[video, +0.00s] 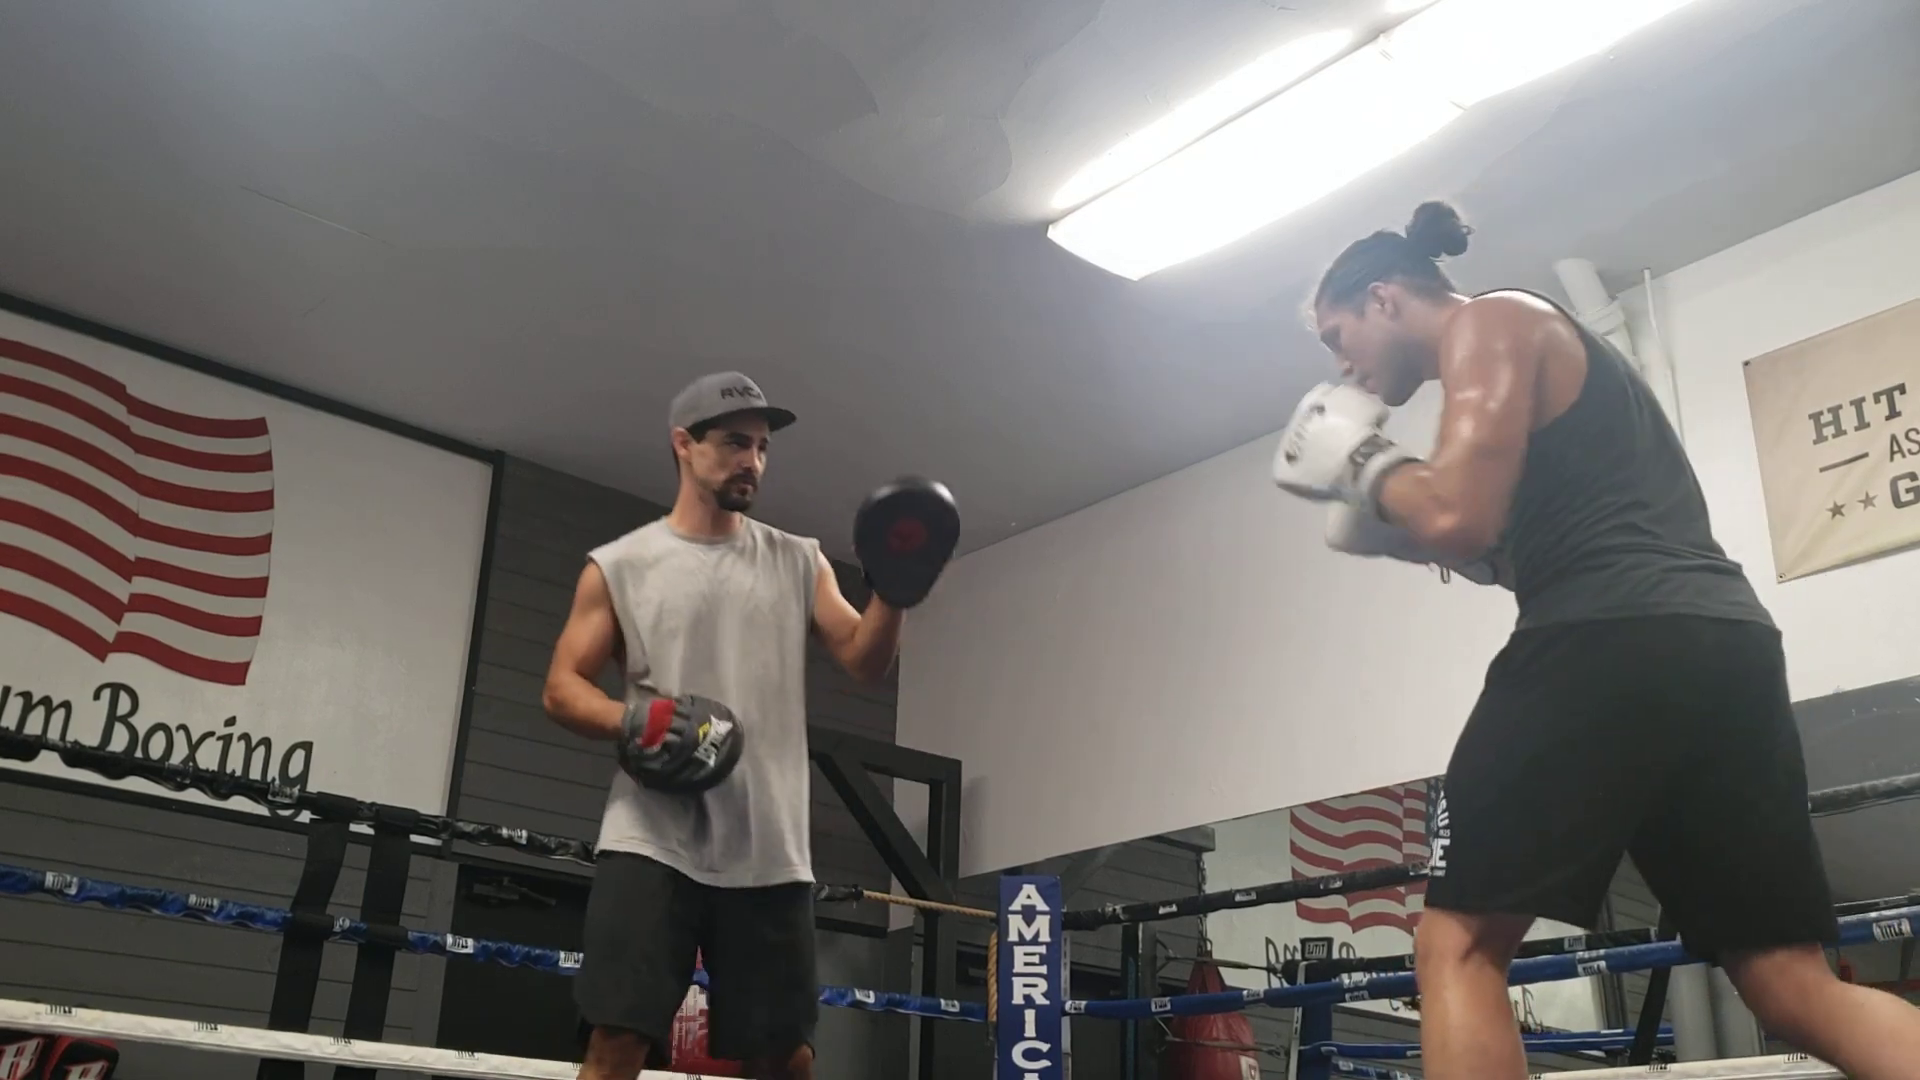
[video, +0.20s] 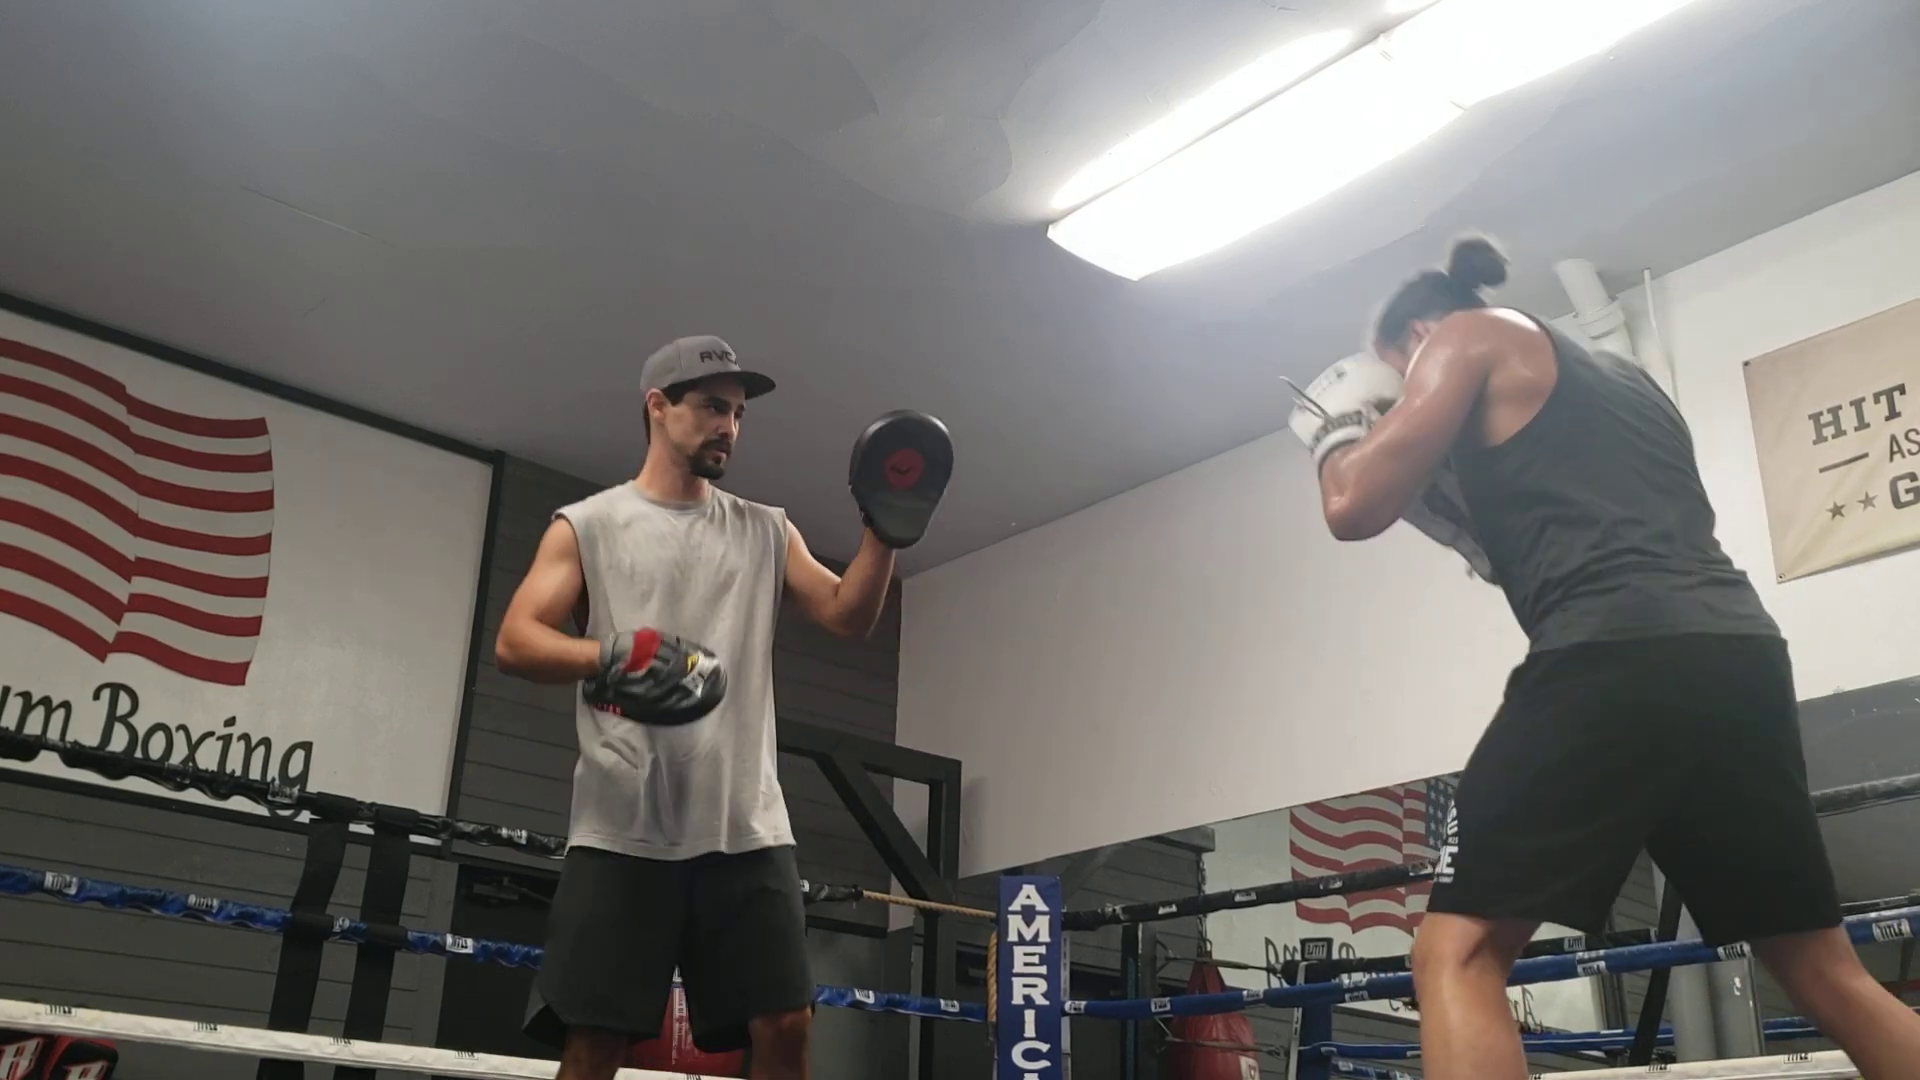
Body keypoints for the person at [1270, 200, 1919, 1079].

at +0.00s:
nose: (1343, 368)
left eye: (1338, 340)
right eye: (1331, 352)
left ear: (1385, 296)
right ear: (1399, 291)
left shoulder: (1489, 321)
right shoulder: (1586, 356)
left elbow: (1461, 517)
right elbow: (1538, 549)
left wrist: (1365, 456)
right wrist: (1400, 530)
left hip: (1601, 643)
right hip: (1728, 639)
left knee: (1457, 946)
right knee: (1795, 985)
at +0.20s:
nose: (1401, 392)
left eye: (1398, 371)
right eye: (1394, 380)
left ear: (1421, 332)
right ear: (1474, 301)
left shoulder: (1470, 335)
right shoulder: (1631, 380)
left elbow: (1350, 508)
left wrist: (1334, 436)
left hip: (1609, 661)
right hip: (1743, 654)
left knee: (1457, 955)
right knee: (1826, 967)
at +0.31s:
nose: (1443, 439)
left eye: (1447, 419)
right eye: (1440, 429)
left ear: (1470, 390)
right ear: (1538, 373)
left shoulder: (1496, 391)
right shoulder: (1672, 442)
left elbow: (1378, 545)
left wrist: (1376, 487)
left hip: (1629, 705)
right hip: (1769, 704)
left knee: (1441, 971)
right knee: (1848, 1008)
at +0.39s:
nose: (1482, 501)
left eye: (1486, 482)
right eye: (1483, 490)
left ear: (1514, 451)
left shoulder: (1539, 457)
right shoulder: (1711, 504)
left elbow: (1431, 586)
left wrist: (1404, 570)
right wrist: (1533, 652)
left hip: (1659, 749)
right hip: (1804, 755)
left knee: (1439, 993)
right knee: (1839, 1038)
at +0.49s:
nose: (1514, 539)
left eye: (1511, 521)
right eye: (1507, 528)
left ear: (1542, 477)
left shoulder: (1581, 471)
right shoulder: (1737, 526)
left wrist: (1456, 605)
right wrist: (1594, 697)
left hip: (1688, 764)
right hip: (1830, 780)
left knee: (1472, 993)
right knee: (1838, 1038)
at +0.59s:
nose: (1498, 497)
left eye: (1497, 470)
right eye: (1489, 480)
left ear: (1544, 436)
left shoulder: (1603, 431)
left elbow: (1585, 554)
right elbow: (1672, 710)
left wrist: (1486, 547)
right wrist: (1566, 642)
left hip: (1727, 725)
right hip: (1840, 736)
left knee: (1535, 950)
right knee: (1819, 1032)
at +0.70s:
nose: (1503, 456)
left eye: (1508, 430)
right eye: (1498, 440)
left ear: (1567, 405)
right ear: (1571, 412)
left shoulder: (1654, 428)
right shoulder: (1656, 517)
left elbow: (1589, 553)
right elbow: (1558, 664)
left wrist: (1472, 531)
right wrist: (1465, 582)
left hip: (1773, 736)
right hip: (1828, 748)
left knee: (1573, 930)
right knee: (1786, 1039)